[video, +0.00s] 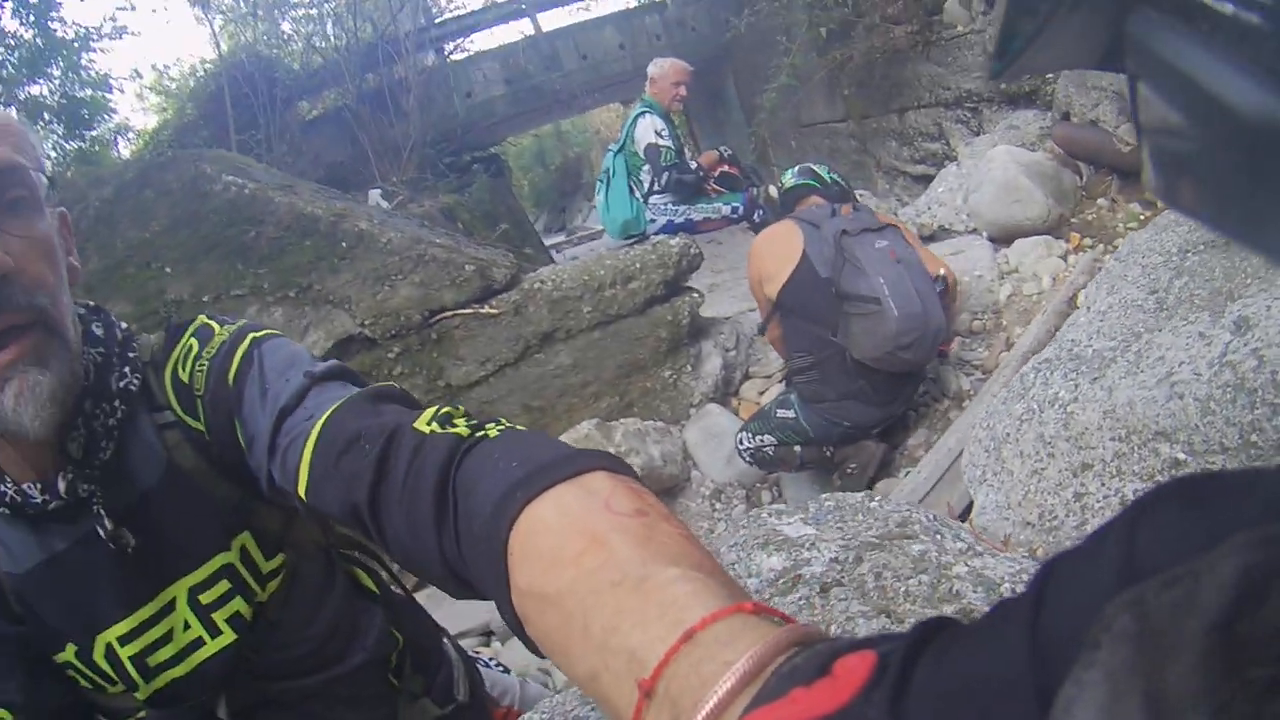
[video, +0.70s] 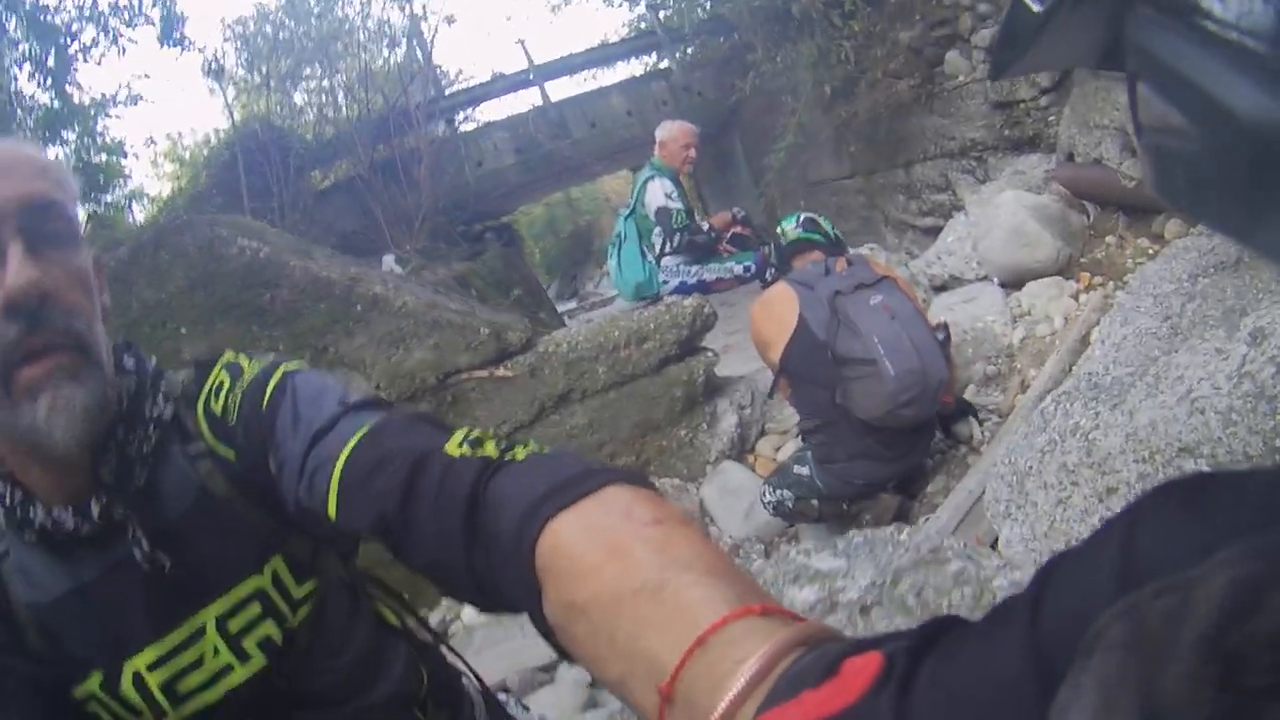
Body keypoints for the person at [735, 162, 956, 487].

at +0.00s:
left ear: (785, 208)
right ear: (841, 194)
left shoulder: (767, 244)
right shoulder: (883, 222)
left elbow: (777, 336)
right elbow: (943, 277)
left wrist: (809, 368)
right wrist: (942, 340)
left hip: (837, 407)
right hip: (905, 383)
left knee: (749, 443)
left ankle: (847, 453)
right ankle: (893, 422)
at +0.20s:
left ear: (775, 285)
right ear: (837, 274)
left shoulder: (759, 331)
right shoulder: (878, 300)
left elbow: (775, 420)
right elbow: (942, 353)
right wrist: (945, 426)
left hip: (828, 493)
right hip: (897, 471)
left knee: (749, 525)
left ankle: (840, 542)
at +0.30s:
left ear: (744, 322)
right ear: (804, 302)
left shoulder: (737, 369)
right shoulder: (850, 332)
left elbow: (763, 451)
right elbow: (911, 389)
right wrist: (932, 449)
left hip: (826, 520)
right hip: (891, 492)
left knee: (751, 557)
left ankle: (842, 564)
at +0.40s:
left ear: (732, 270)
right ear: (793, 250)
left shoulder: (721, 316)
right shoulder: (834, 277)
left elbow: (745, 399)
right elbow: (893, 341)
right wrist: (911, 407)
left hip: (807, 470)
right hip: (874, 443)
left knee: (733, 506)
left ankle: (818, 513)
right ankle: (872, 483)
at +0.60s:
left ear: (767, 293)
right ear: (825, 273)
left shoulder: (755, 342)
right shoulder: (863, 298)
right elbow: (925, 364)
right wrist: (944, 433)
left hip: (849, 498)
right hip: (912, 466)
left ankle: (865, 543)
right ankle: (909, 506)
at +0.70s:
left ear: (779, 258)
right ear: (835, 244)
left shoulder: (767, 309)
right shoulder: (880, 271)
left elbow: (791, 393)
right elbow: (933, 341)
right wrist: (950, 409)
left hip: (853, 465)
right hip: (917, 439)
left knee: (774, 496)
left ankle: (868, 508)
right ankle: (913, 476)